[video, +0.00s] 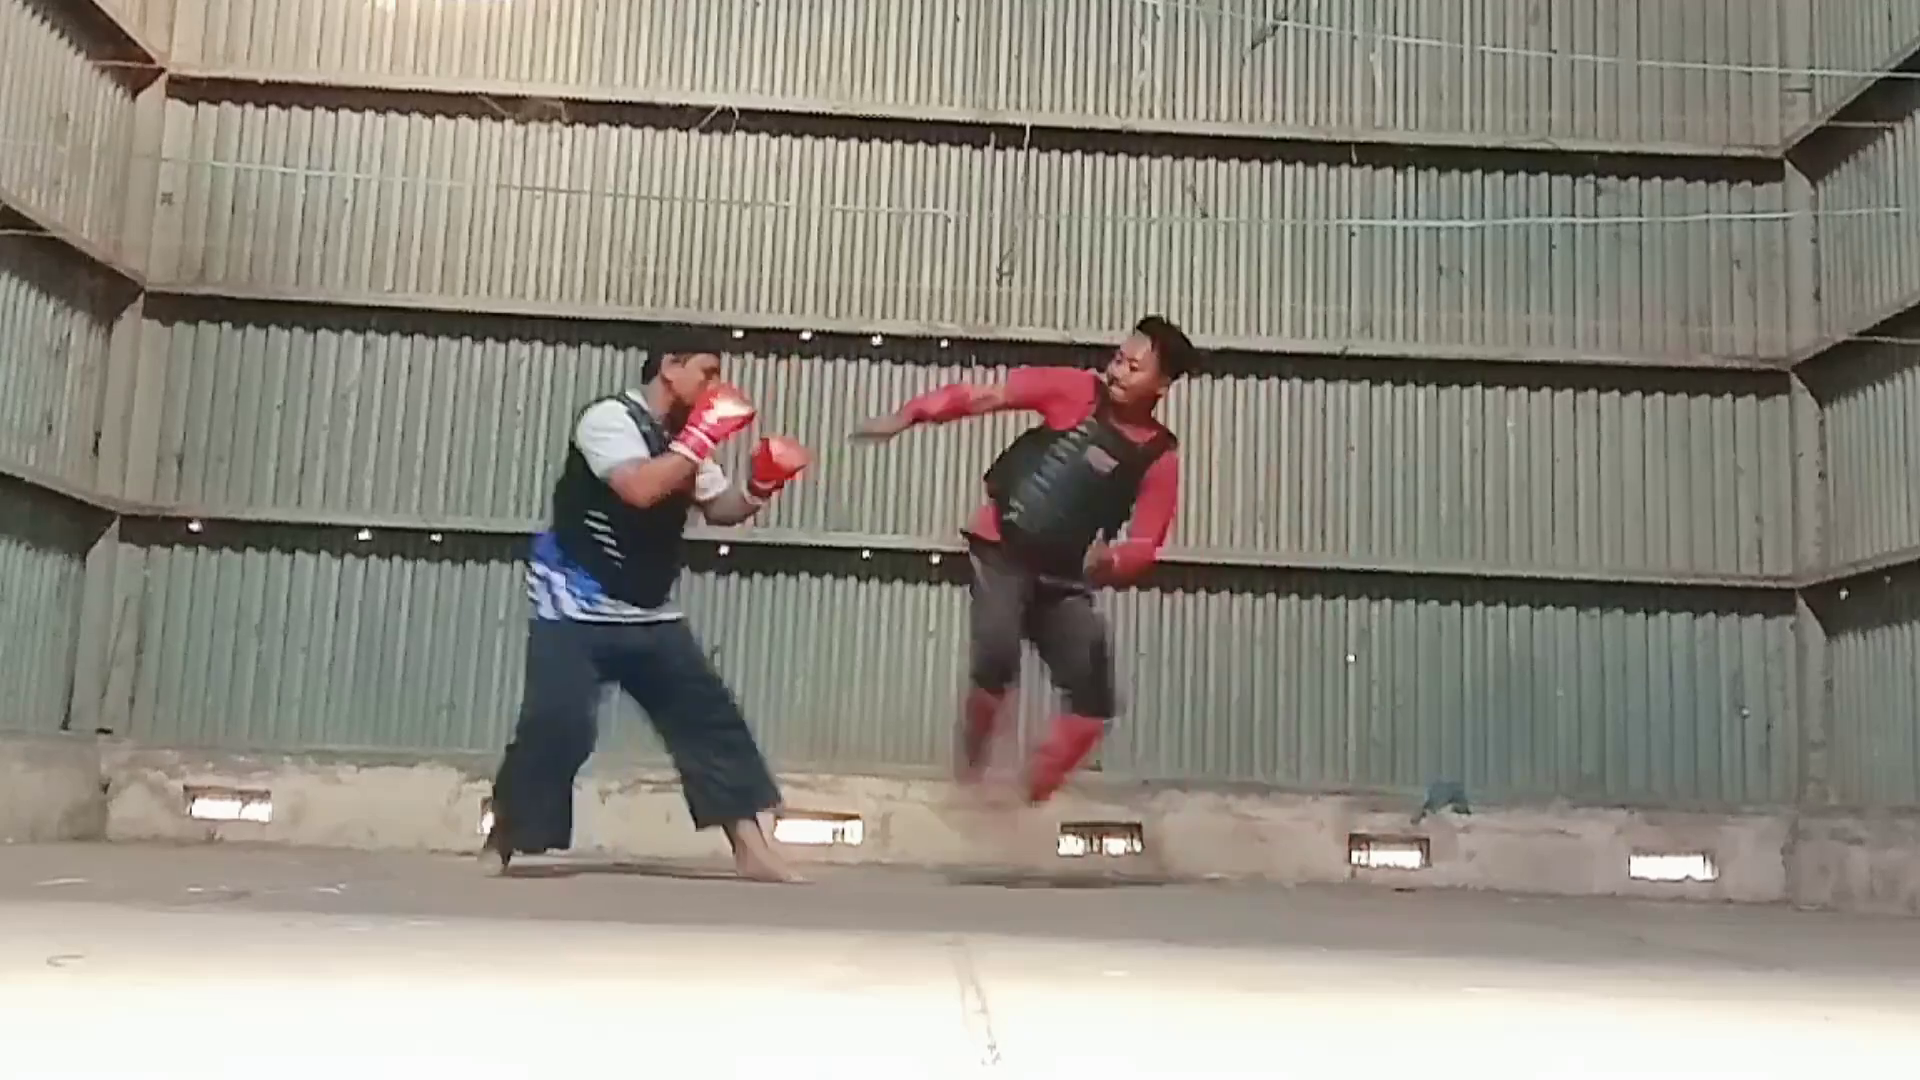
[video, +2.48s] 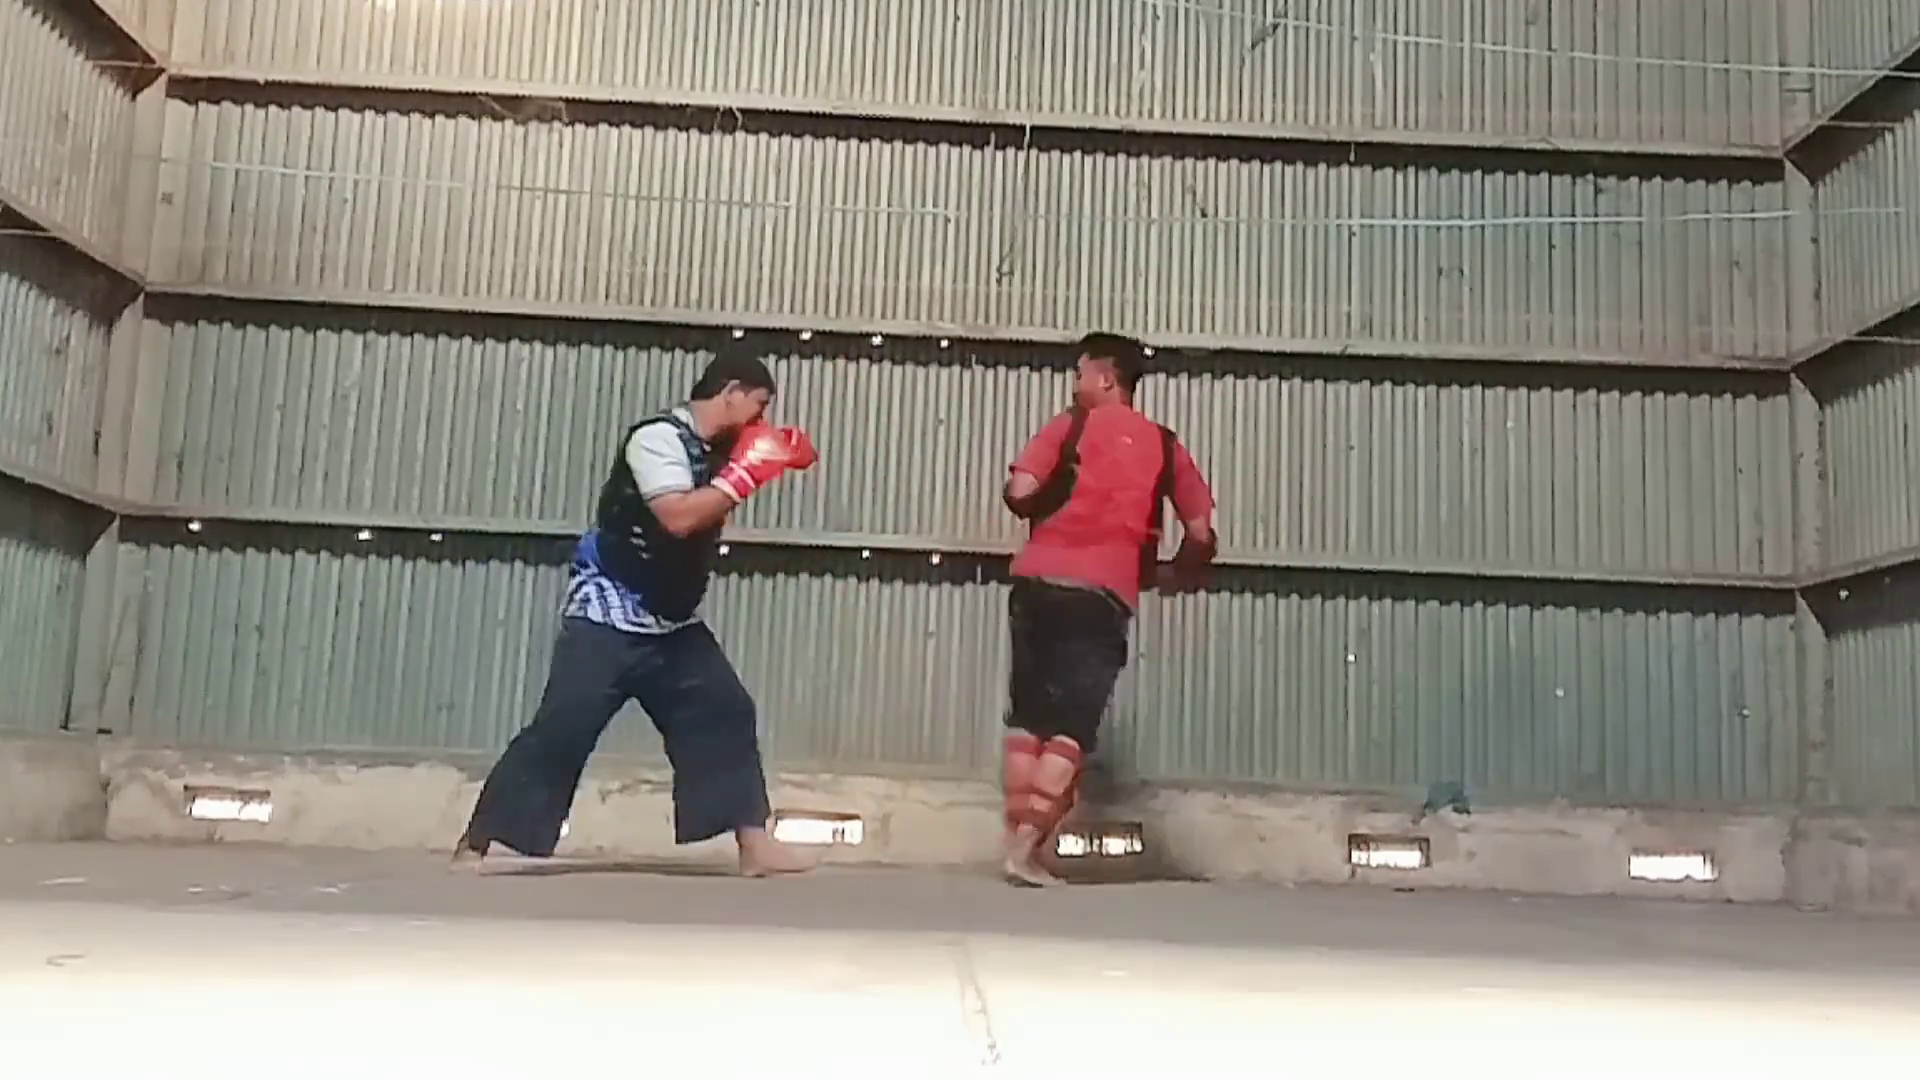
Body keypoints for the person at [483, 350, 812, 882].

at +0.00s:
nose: (715, 386)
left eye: (717, 376)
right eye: (707, 373)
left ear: (685, 372)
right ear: (669, 368)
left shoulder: (686, 442)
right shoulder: (605, 419)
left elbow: (719, 509)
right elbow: (639, 487)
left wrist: (759, 486)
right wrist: (702, 435)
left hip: (648, 615)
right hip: (572, 610)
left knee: (706, 713)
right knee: (559, 724)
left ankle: (753, 849)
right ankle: (509, 838)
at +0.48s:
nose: (555, 414)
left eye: (557, 403)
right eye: (547, 401)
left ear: (515, 396)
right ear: (507, 393)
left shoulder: (544, 443)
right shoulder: (429, 448)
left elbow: (577, 483)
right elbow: (417, 535)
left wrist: (616, 508)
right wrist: (494, 503)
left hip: (512, 621)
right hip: (424, 620)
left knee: (574, 700)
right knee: (386, 718)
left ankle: (585, 843)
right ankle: (310, 832)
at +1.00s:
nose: (656, 393)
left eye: (661, 382)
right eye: (655, 378)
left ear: (622, 366)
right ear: (622, 362)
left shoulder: (619, 428)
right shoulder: (539, 411)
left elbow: (616, 498)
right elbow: (560, 494)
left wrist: (668, 504)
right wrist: (632, 454)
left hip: (588, 597)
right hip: (512, 591)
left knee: (635, 693)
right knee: (486, 706)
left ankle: (638, 841)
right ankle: (443, 838)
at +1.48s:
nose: (764, 379)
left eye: (765, 369)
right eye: (759, 366)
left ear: (726, 364)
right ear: (727, 363)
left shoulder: (725, 434)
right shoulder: (666, 413)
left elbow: (722, 516)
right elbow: (699, 484)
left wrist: (775, 493)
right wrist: (751, 447)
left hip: (697, 615)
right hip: (626, 612)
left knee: (735, 717)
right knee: (560, 720)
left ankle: (743, 850)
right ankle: (469, 830)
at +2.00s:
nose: (809, 400)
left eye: (811, 390)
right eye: (803, 387)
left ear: (787, 389)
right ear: (762, 380)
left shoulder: (794, 452)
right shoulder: (693, 416)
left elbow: (812, 530)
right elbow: (706, 478)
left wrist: (814, 585)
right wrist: (779, 448)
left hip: (714, 605)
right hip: (643, 589)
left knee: (761, 704)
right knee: (605, 690)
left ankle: (752, 841)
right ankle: (538, 817)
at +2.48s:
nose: (760, 421)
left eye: (765, 410)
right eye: (760, 406)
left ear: (732, 394)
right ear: (731, 391)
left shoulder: (717, 454)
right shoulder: (655, 439)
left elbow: (702, 518)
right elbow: (678, 517)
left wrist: (755, 465)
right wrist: (745, 472)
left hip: (674, 624)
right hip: (608, 616)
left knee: (730, 713)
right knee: (564, 726)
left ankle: (755, 845)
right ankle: (485, 844)